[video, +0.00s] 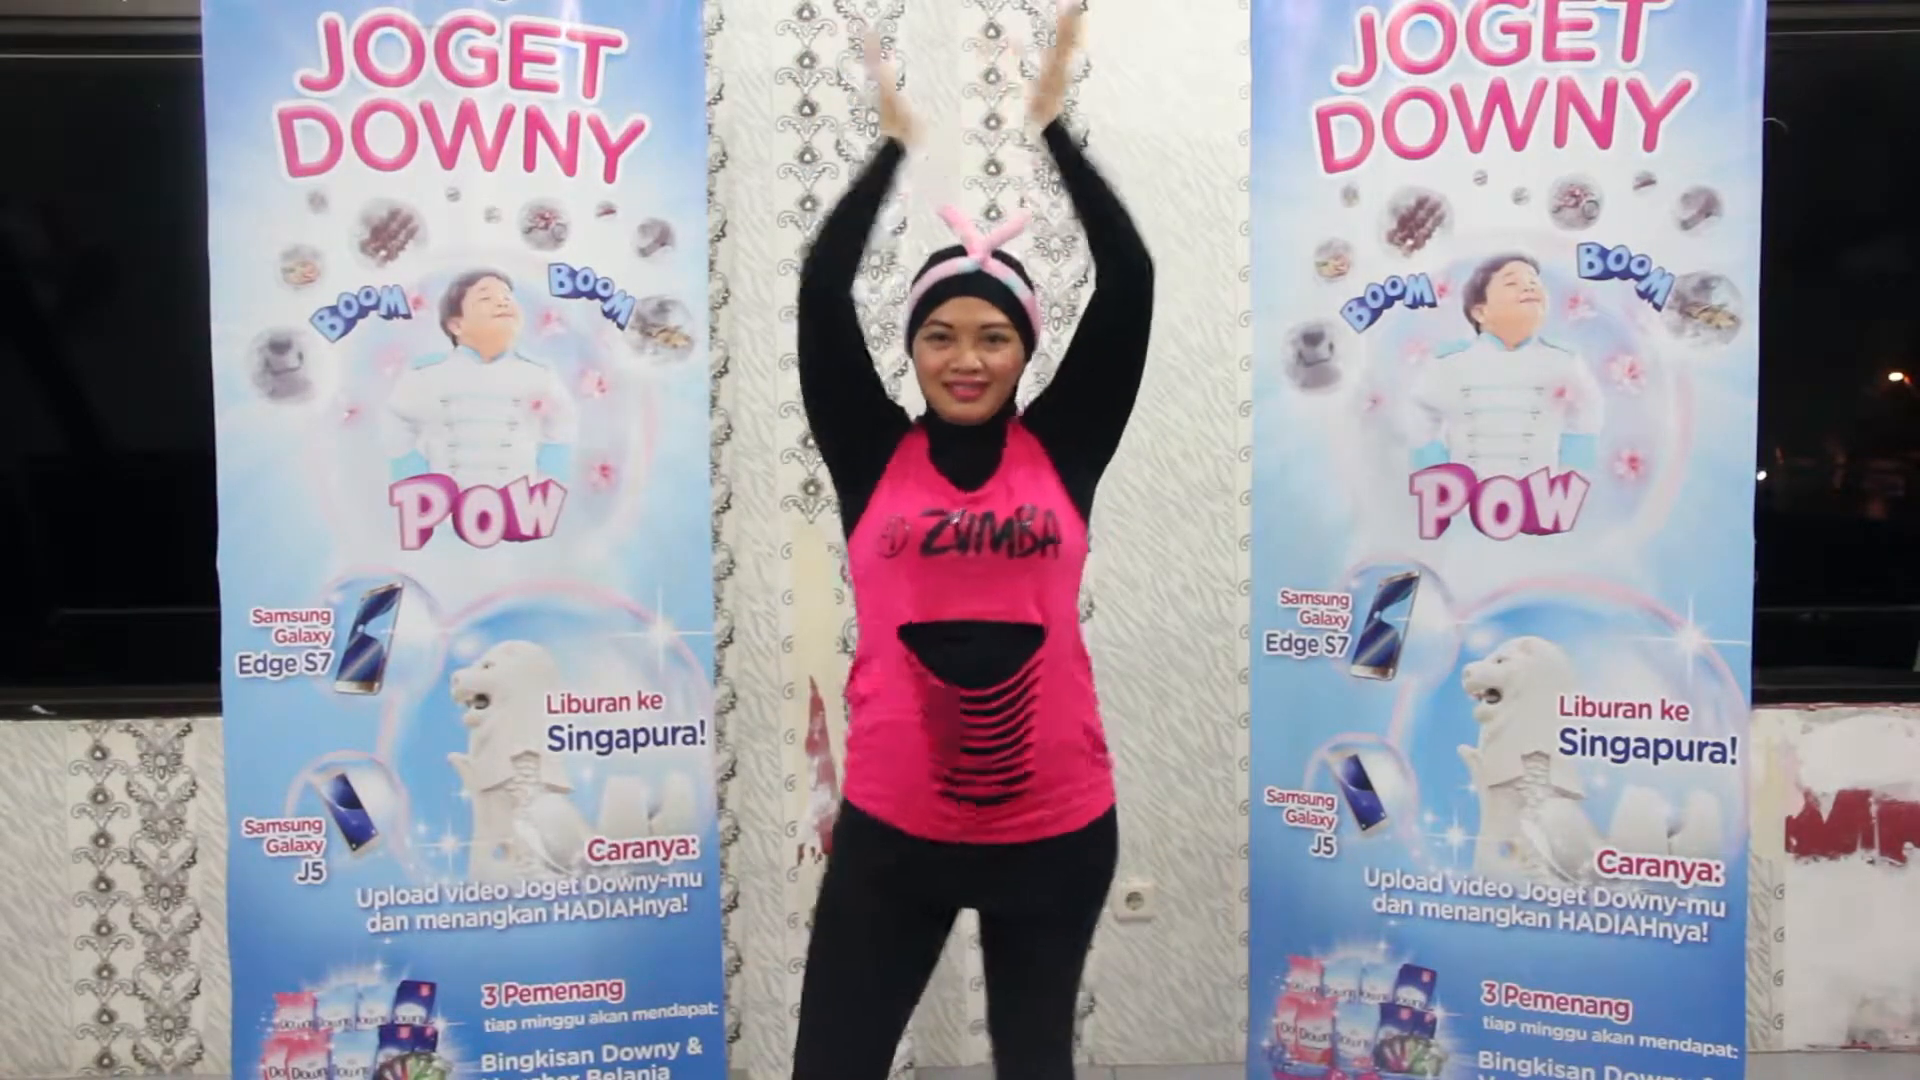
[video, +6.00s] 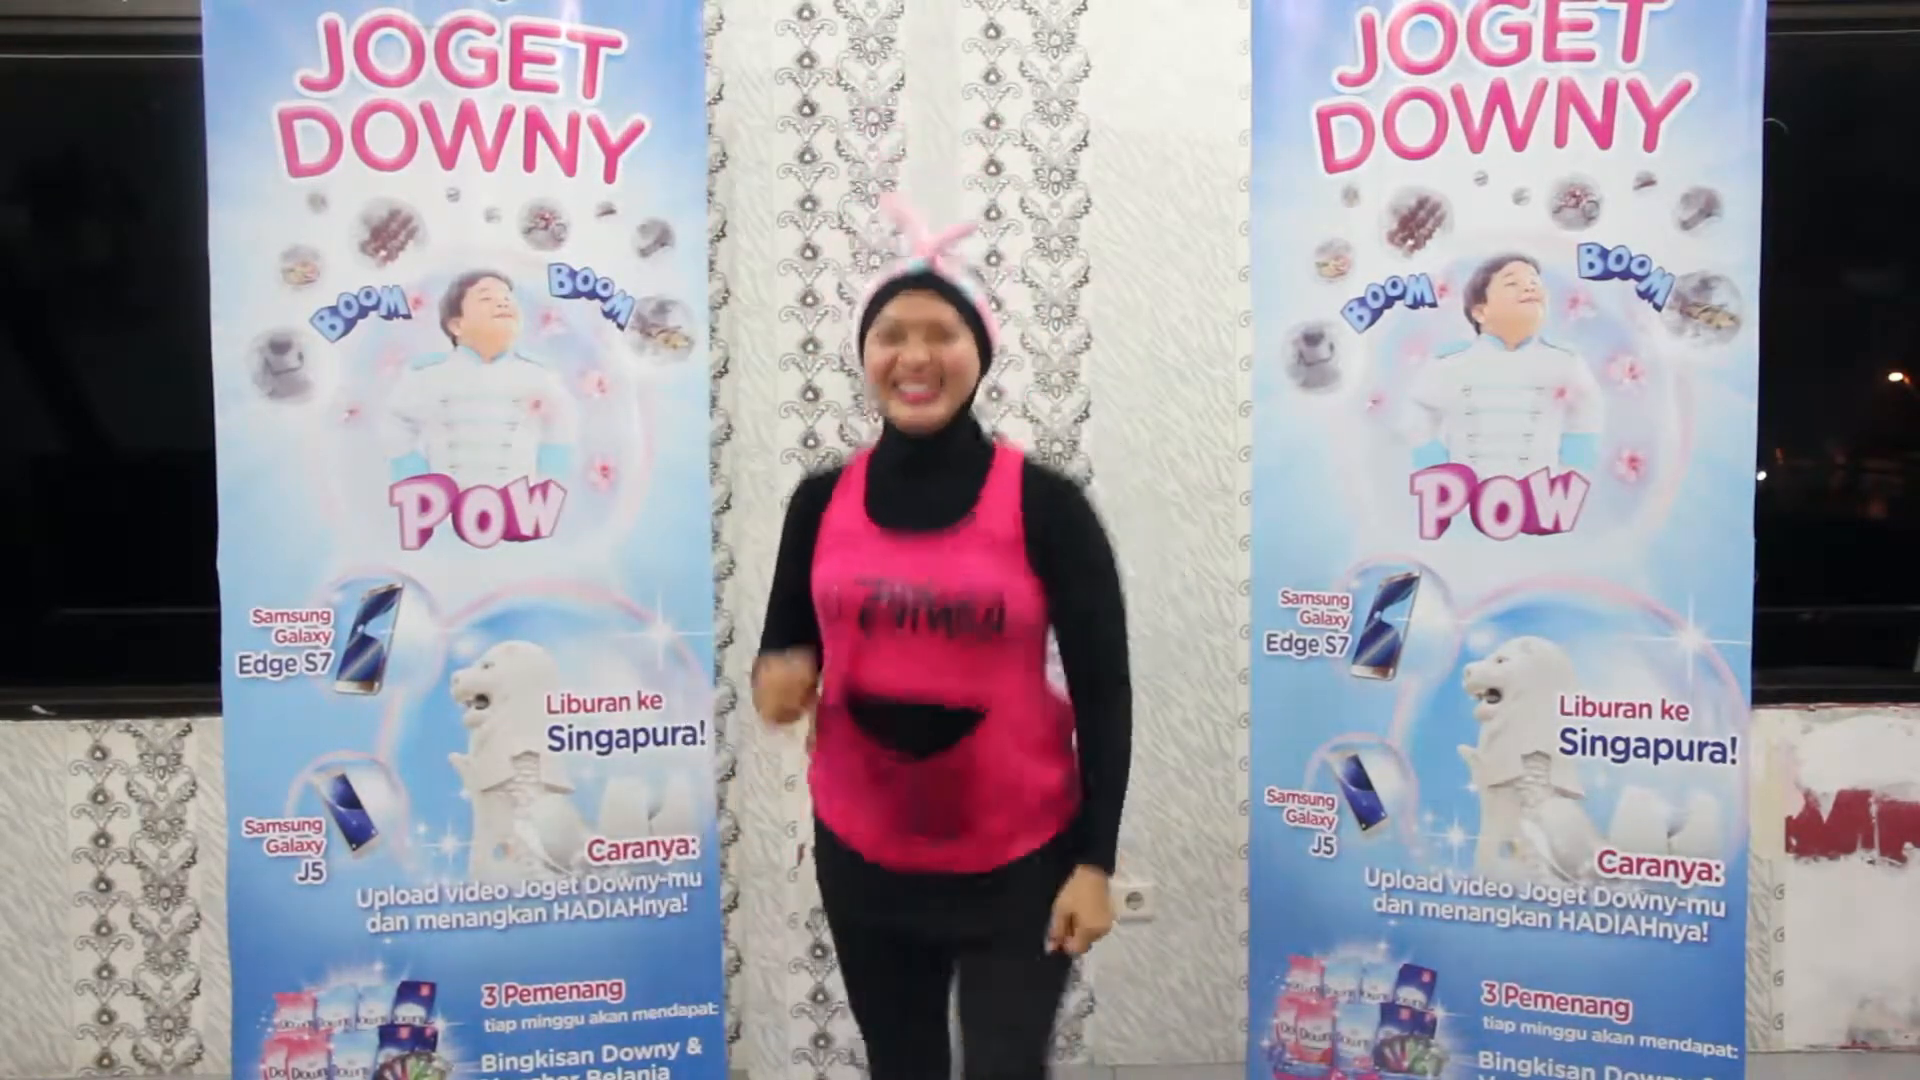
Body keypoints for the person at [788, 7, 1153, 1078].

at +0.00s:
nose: (966, 357)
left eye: (991, 338)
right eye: (943, 337)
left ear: (1025, 355)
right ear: (912, 354)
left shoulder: (1060, 454)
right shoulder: (872, 458)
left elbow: (1129, 281)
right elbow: (819, 294)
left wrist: (1054, 128)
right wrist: (890, 146)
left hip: (1051, 836)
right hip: (894, 834)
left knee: (1036, 1063)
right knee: (831, 1063)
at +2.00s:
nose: (859, 374)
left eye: (884, 356)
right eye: (835, 354)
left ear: (911, 381)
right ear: (799, 377)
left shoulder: (931, 493)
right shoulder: (751, 490)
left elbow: (919, 651)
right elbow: (832, 529)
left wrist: (995, 623)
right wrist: (989, 542)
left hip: (938, 796)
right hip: (794, 820)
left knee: (890, 932)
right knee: (757, 1062)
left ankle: (952, 1071)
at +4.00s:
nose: (853, 303)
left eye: (883, 279)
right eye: (823, 284)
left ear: (931, 310)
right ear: (794, 322)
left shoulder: (1009, 459)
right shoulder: (751, 469)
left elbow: (1096, 661)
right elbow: (752, 562)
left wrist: (1057, 608)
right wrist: (825, 617)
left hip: (982, 887)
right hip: (809, 891)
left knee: (941, 1060)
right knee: (823, 1063)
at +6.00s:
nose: (917, 356)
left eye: (941, 336)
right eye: (894, 337)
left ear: (979, 357)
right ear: (865, 360)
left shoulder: (1046, 506)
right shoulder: (821, 502)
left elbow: (1102, 689)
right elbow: (787, 642)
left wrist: (1096, 858)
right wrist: (783, 675)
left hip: (1015, 854)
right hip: (867, 854)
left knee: (1005, 1067)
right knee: (903, 1066)